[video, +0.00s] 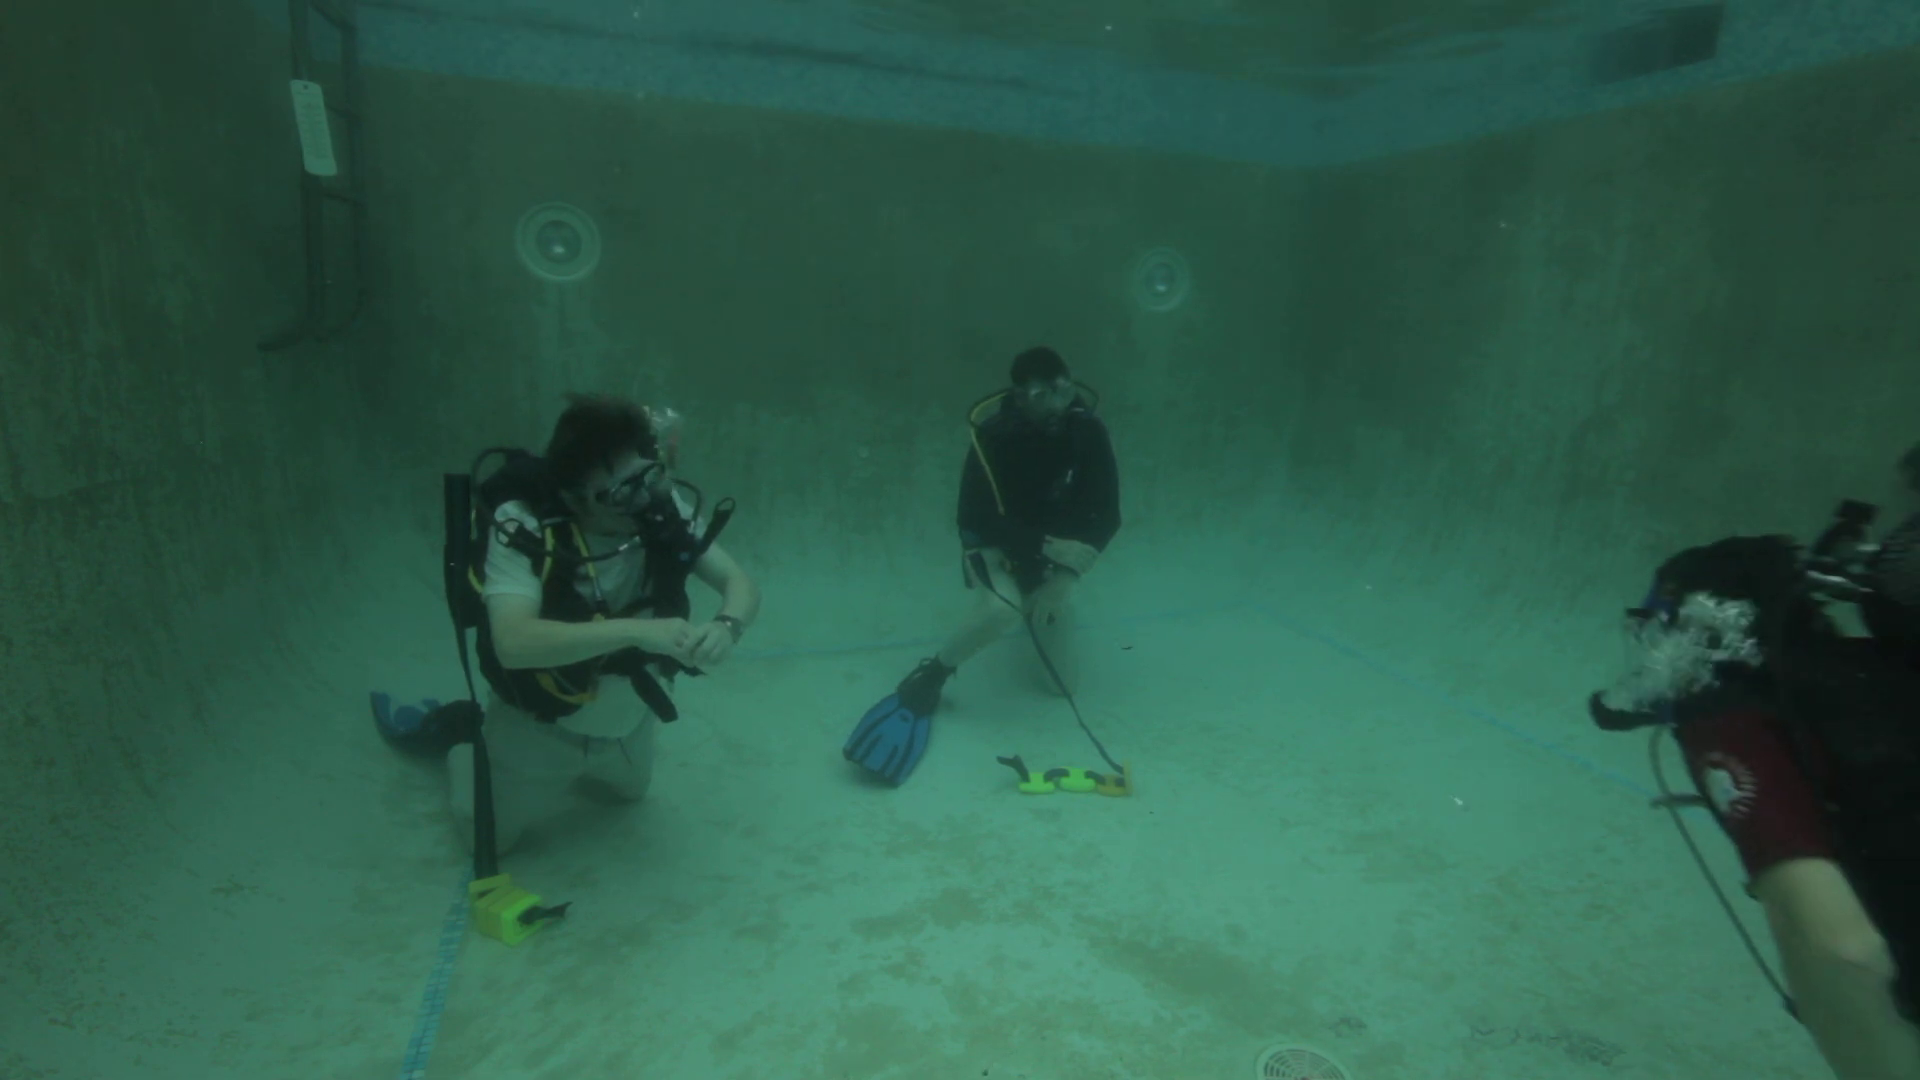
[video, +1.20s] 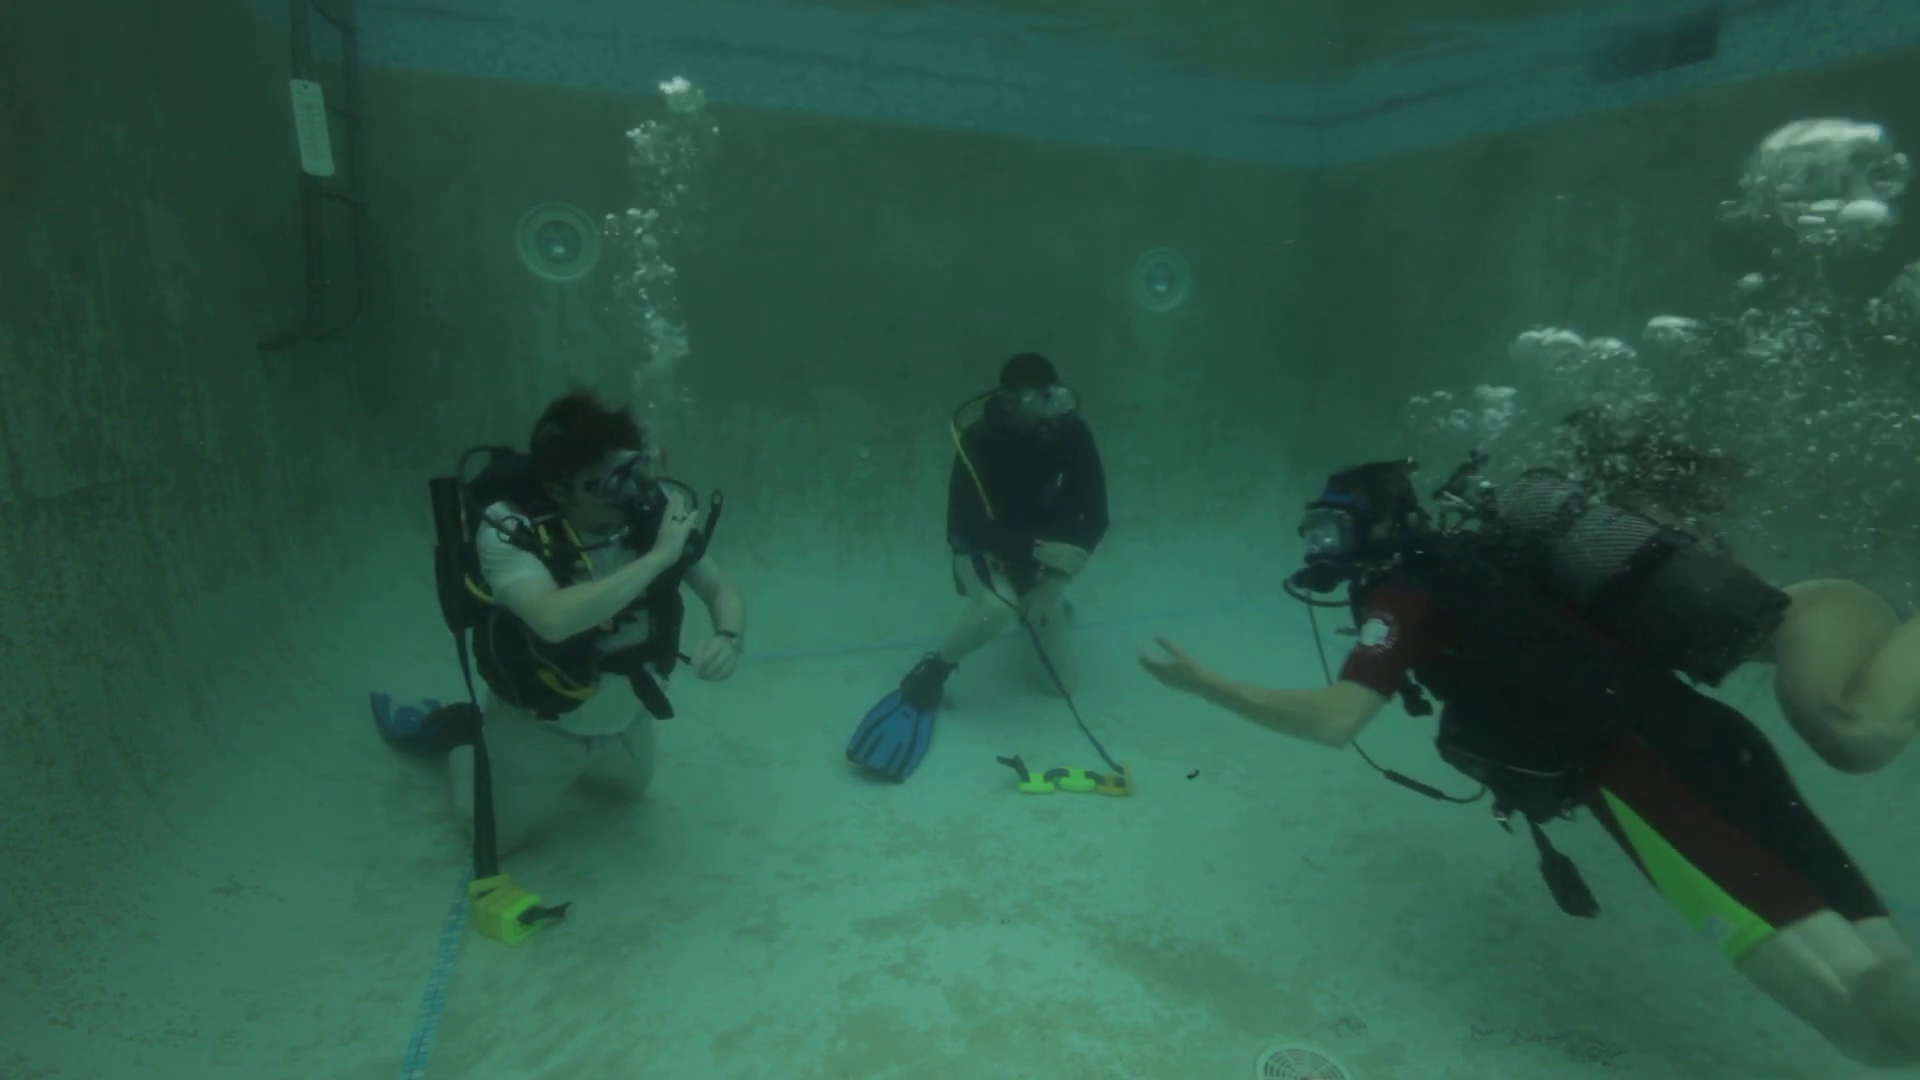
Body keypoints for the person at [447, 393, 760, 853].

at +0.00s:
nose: (647, 499)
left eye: (650, 478)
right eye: (625, 490)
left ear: (659, 466)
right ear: (576, 498)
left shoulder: (660, 511)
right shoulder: (521, 526)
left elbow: (741, 585)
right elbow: (513, 643)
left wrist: (727, 625)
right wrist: (639, 631)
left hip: (627, 715)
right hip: (538, 724)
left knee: (629, 787)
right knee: (491, 836)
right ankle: (463, 730)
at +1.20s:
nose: (635, 492)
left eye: (636, 472)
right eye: (614, 481)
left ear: (643, 462)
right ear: (562, 489)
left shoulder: (646, 512)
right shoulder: (506, 529)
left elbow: (719, 586)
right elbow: (552, 620)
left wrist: (727, 636)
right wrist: (660, 556)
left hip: (625, 711)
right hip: (538, 722)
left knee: (627, 786)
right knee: (503, 832)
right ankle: (461, 731)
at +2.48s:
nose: (675, 475)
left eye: (673, 461)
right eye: (662, 464)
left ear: (623, 470)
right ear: (616, 471)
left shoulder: (638, 510)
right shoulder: (533, 515)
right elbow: (608, 578)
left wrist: (716, 593)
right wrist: (734, 584)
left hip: (606, 701)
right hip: (520, 722)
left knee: (632, 762)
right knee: (495, 833)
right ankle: (455, 725)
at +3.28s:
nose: (706, 473)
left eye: (704, 459)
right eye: (695, 462)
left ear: (657, 467)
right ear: (651, 466)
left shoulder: (656, 520)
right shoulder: (590, 511)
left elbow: (679, 599)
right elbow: (685, 567)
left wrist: (749, 629)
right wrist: (798, 568)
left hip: (572, 695)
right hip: (505, 697)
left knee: (549, 753)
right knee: (469, 827)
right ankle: (417, 732)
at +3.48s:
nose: (711, 476)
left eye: (711, 462)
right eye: (700, 464)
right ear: (655, 463)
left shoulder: (664, 508)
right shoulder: (601, 499)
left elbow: (672, 597)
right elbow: (647, 556)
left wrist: (740, 624)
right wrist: (778, 580)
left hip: (573, 692)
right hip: (506, 689)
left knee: (528, 756)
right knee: (456, 829)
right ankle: (408, 736)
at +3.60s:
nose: (719, 475)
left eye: (719, 460)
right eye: (706, 463)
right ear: (661, 462)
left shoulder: (679, 515)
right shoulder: (617, 494)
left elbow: (695, 593)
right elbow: (604, 548)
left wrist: (756, 617)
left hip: (568, 689)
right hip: (505, 681)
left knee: (502, 758)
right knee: (451, 826)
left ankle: (427, 715)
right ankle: (396, 735)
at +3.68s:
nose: (721, 471)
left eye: (722, 456)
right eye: (707, 458)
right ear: (666, 460)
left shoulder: (681, 517)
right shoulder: (624, 500)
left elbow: (693, 589)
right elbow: (580, 549)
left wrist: (763, 609)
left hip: (572, 687)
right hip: (513, 678)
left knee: (502, 764)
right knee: (454, 826)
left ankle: (423, 716)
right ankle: (386, 738)